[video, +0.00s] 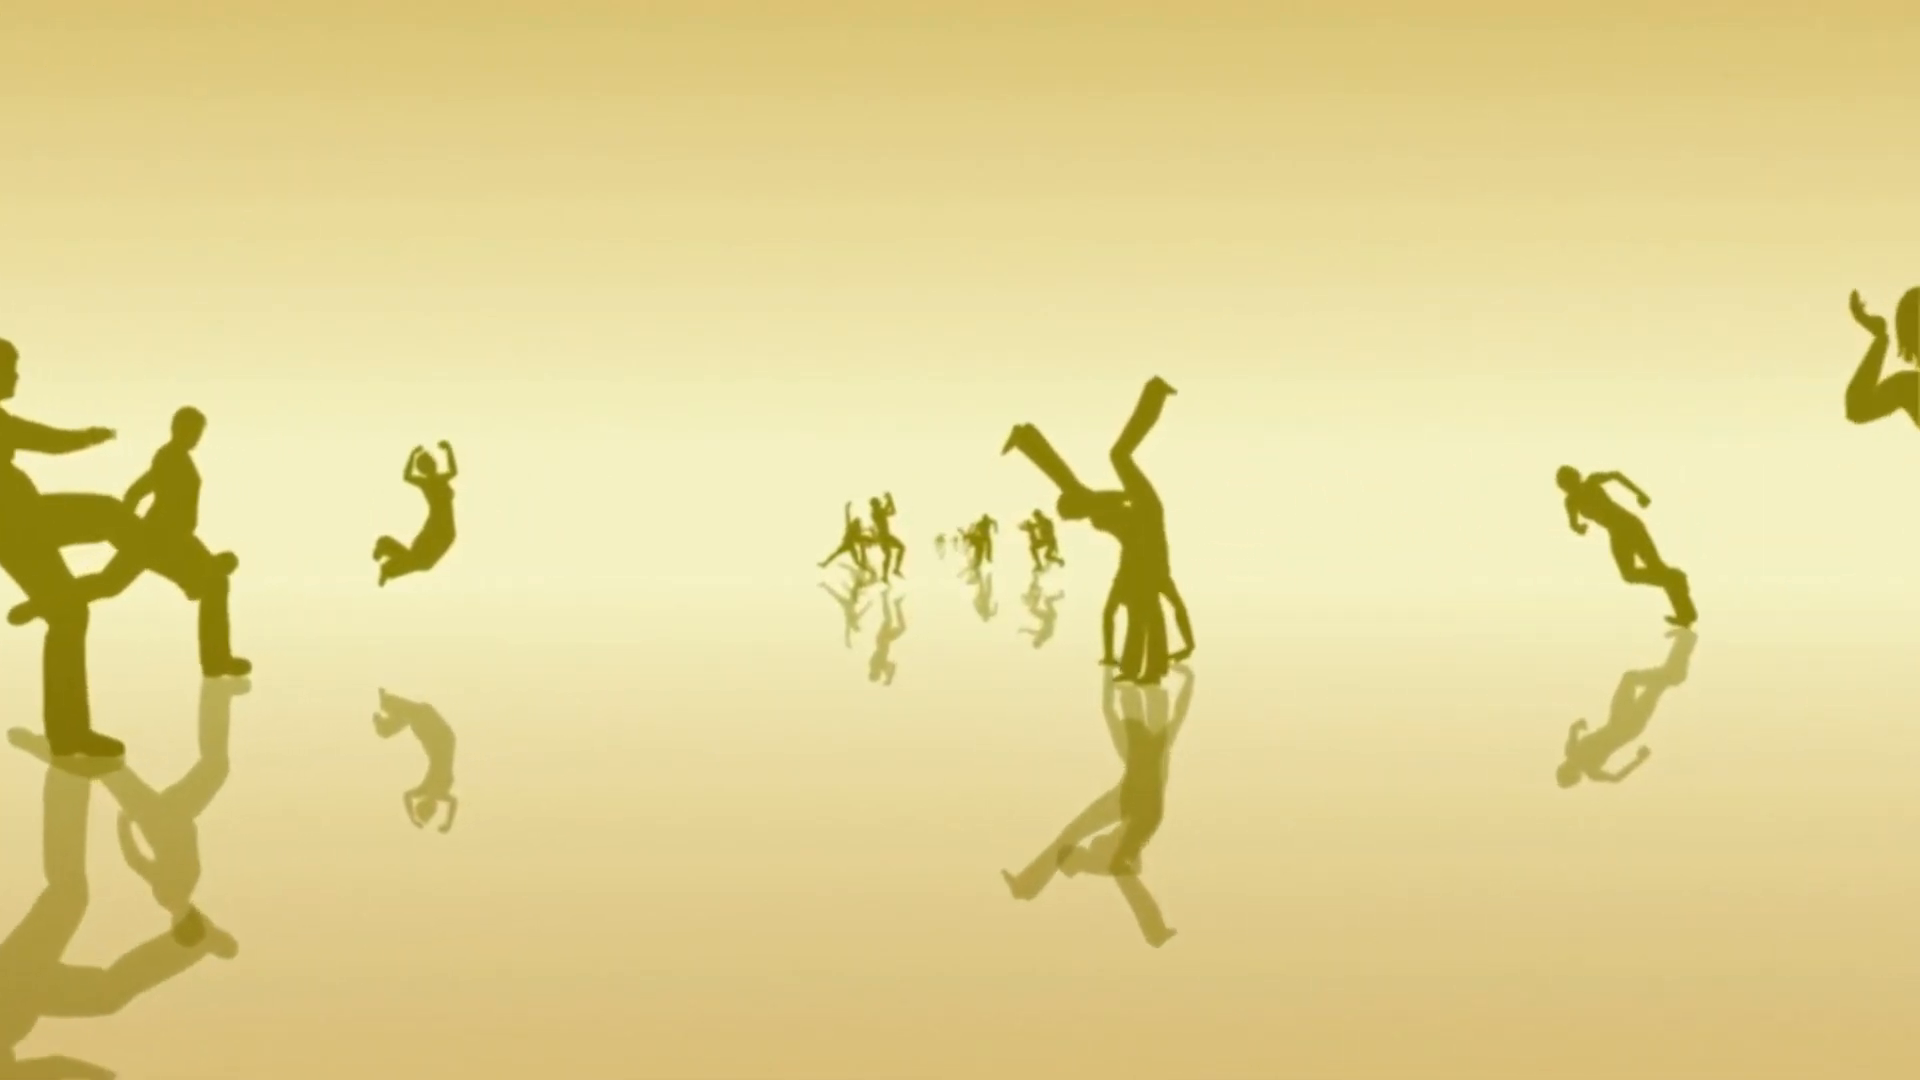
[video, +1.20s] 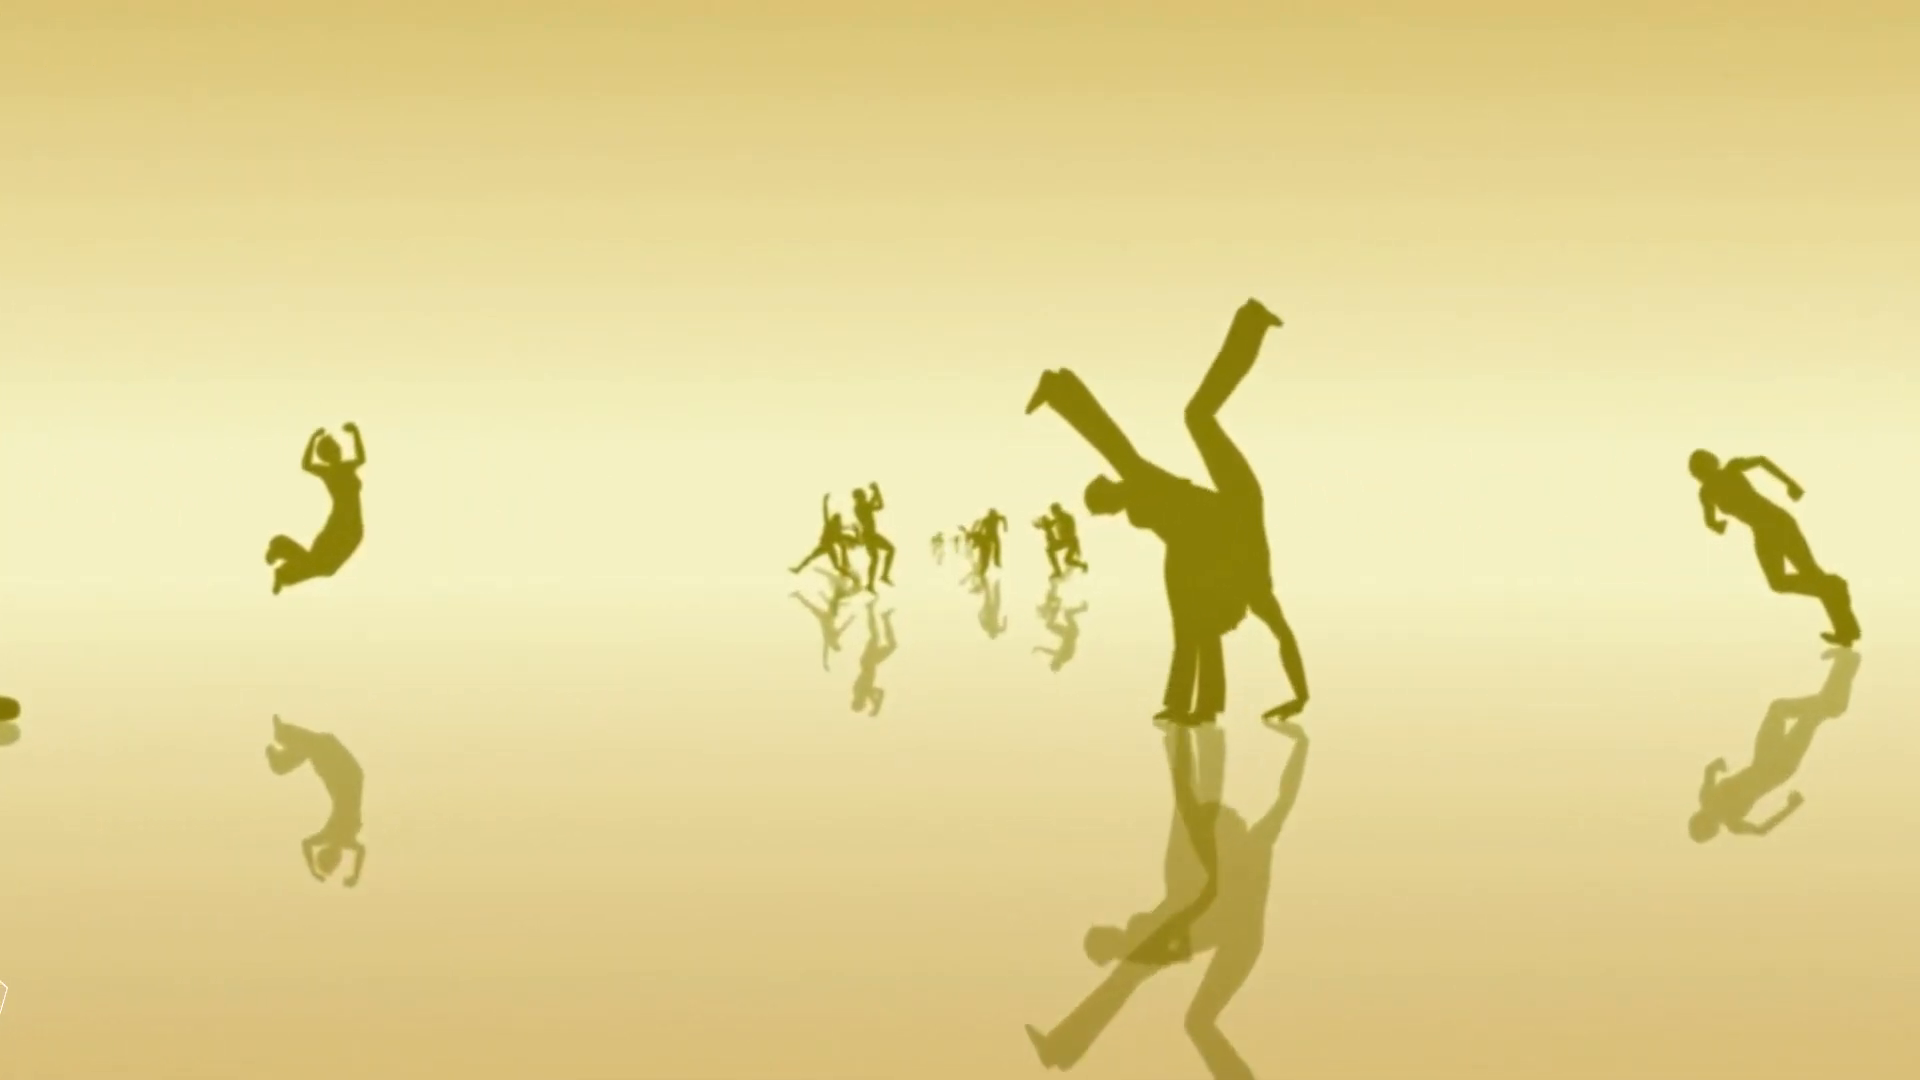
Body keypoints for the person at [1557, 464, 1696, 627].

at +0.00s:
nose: (1567, 487)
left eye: (1567, 482)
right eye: (1563, 485)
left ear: (1574, 477)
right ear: (1562, 486)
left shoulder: (1592, 481)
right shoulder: (1571, 501)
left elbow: (1616, 475)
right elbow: (1573, 522)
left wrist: (1639, 493)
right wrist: (1579, 528)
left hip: (1629, 523)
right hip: (1615, 531)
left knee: (1655, 565)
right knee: (1629, 574)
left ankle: (1685, 612)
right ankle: (1673, 578)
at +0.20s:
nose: (1586, 486)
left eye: (1586, 480)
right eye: (1582, 483)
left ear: (1593, 475)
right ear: (1582, 484)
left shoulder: (1612, 479)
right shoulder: (1590, 500)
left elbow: (1637, 473)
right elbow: (1592, 521)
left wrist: (1661, 492)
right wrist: (1599, 528)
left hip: (1650, 522)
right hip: (1636, 531)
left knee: (1678, 567)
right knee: (1650, 575)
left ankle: (1708, 615)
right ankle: (1695, 579)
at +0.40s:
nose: (1605, 484)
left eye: (1605, 478)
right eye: (1602, 480)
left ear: (1612, 474)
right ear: (1603, 481)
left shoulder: (1633, 477)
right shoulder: (1610, 499)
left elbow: (1659, 471)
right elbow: (1613, 522)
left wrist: (1683, 490)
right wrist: (1620, 528)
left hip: (1671, 522)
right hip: (1658, 530)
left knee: (1701, 567)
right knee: (1673, 577)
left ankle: (1732, 617)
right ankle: (1719, 580)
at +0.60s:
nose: (1628, 482)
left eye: (1628, 476)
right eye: (1624, 479)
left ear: (1635, 471)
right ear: (1624, 480)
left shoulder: (1656, 475)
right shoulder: (1632, 497)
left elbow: (1683, 468)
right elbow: (1635, 521)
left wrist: (1708, 489)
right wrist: (1642, 527)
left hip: (1695, 521)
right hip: (1681, 530)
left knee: (1726, 568)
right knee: (1697, 578)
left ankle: (1758, 620)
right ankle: (1744, 581)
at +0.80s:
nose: (1651, 480)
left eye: (1651, 474)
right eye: (1647, 477)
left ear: (1657, 470)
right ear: (1648, 477)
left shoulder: (1680, 472)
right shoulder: (1655, 496)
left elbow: (1707, 466)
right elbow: (1658, 521)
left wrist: (1733, 487)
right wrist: (1666, 527)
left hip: (1720, 521)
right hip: (1706, 530)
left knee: (1752, 569)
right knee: (1722, 579)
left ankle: (1785, 623)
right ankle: (1771, 583)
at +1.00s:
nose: (1676, 478)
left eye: (1676, 471)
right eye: (1671, 475)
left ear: (1683, 467)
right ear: (1671, 476)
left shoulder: (1705, 470)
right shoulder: (1680, 495)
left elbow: (1734, 463)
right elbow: (1683, 520)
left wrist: (1760, 485)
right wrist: (1691, 527)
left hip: (1748, 520)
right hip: (1733, 530)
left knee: (1780, 570)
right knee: (1749, 581)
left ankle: (1814, 626)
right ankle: (1799, 584)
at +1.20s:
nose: (1701, 475)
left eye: (1702, 469)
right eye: (1697, 472)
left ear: (1710, 464)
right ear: (1697, 473)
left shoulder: (1732, 468)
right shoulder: (1706, 492)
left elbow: (1761, 460)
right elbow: (1709, 519)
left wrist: (1789, 483)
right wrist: (1717, 526)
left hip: (1777, 520)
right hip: (1761, 530)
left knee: (1810, 571)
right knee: (1778, 582)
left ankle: (1845, 630)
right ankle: (1830, 585)